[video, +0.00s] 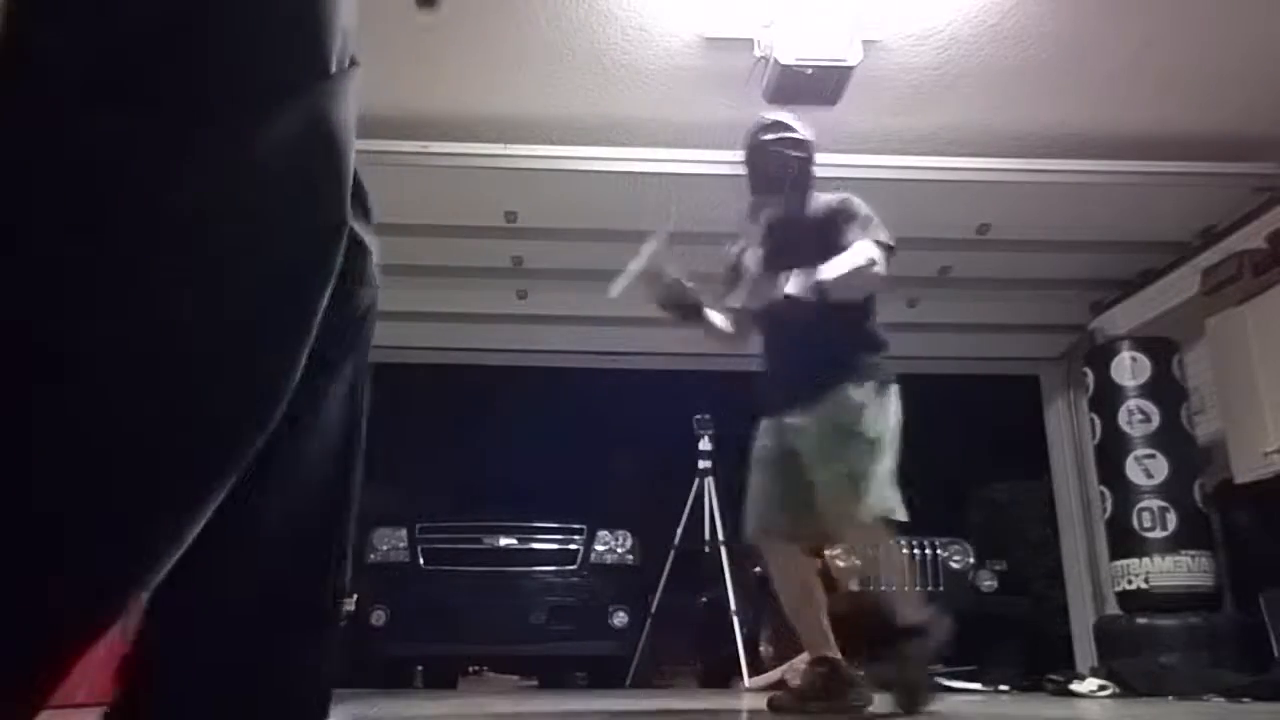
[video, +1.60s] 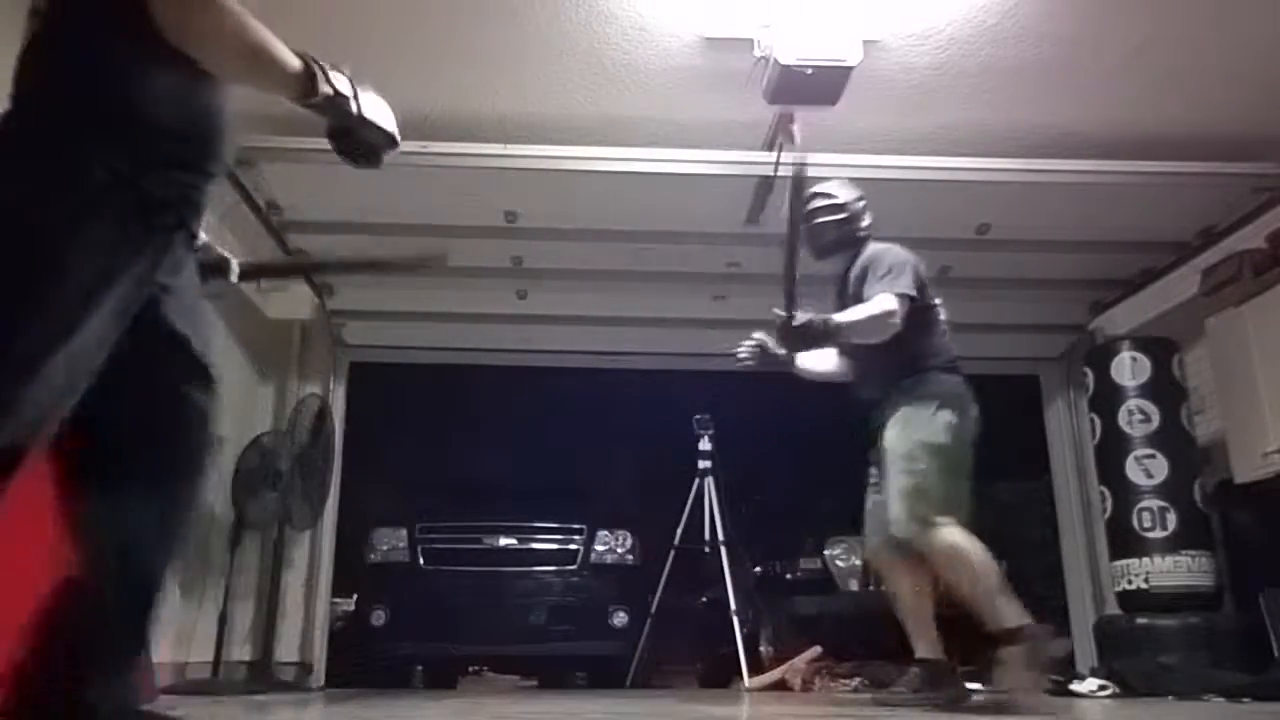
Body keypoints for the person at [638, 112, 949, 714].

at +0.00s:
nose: (780, 162)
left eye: (791, 152)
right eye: (768, 153)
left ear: (809, 160)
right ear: (748, 164)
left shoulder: (839, 210)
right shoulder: (751, 247)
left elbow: (871, 263)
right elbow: (736, 326)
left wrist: (807, 283)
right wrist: (691, 306)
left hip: (851, 393)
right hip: (784, 407)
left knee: (857, 522)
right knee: (775, 533)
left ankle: (915, 630)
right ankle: (827, 667)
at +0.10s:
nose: (807, 169)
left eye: (816, 158)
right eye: (794, 160)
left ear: (833, 165)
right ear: (772, 173)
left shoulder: (863, 220)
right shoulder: (768, 258)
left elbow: (873, 273)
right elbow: (771, 338)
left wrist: (800, 306)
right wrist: (751, 341)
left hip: (873, 406)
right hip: (804, 415)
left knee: (900, 533)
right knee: (793, 539)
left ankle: (972, 634)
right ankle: (829, 669)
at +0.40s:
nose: (847, 207)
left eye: (857, 194)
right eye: (836, 198)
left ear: (878, 192)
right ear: (822, 204)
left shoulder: (908, 249)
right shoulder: (814, 267)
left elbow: (917, 315)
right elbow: (781, 336)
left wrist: (875, 301)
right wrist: (723, 352)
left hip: (923, 421)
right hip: (854, 429)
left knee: (947, 546)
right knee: (828, 530)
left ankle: (996, 669)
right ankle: (892, 656)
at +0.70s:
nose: (808, 222)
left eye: (818, 211)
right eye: (799, 216)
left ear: (846, 213)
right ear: (791, 229)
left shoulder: (878, 258)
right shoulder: (819, 282)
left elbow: (883, 323)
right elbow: (822, 343)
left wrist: (816, 354)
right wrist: (800, 301)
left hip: (908, 407)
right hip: (868, 416)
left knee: (887, 528)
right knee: (870, 544)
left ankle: (953, 643)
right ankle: (952, 659)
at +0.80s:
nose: (799, 228)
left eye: (809, 217)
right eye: (791, 221)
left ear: (838, 220)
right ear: (784, 234)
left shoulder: (865, 258)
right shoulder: (816, 295)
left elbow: (848, 314)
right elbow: (806, 377)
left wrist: (785, 334)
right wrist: (782, 352)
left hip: (903, 407)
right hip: (872, 417)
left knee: (845, 508)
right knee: (881, 554)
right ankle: (954, 664)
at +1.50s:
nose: (809, 223)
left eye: (820, 213)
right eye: (801, 218)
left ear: (850, 220)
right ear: (793, 234)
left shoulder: (874, 260)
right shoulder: (827, 289)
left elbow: (892, 313)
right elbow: (825, 354)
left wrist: (842, 325)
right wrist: (761, 356)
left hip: (917, 397)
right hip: (891, 405)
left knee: (880, 521)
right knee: (892, 532)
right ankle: (933, 662)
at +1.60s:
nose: (817, 225)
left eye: (827, 213)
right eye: (811, 218)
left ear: (858, 216)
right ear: (807, 229)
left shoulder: (886, 256)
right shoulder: (848, 285)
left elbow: (887, 317)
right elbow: (850, 364)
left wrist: (817, 328)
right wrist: (785, 359)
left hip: (929, 400)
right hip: (894, 415)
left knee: (922, 522)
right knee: (887, 543)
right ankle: (933, 669)